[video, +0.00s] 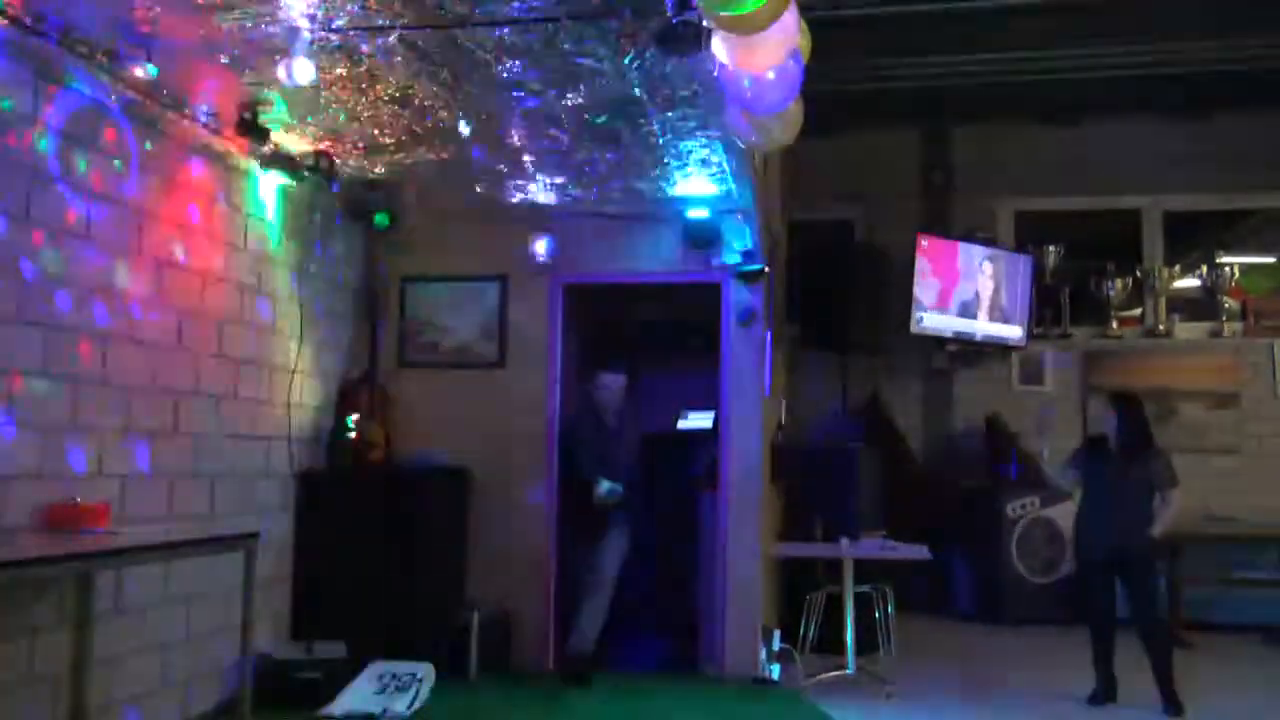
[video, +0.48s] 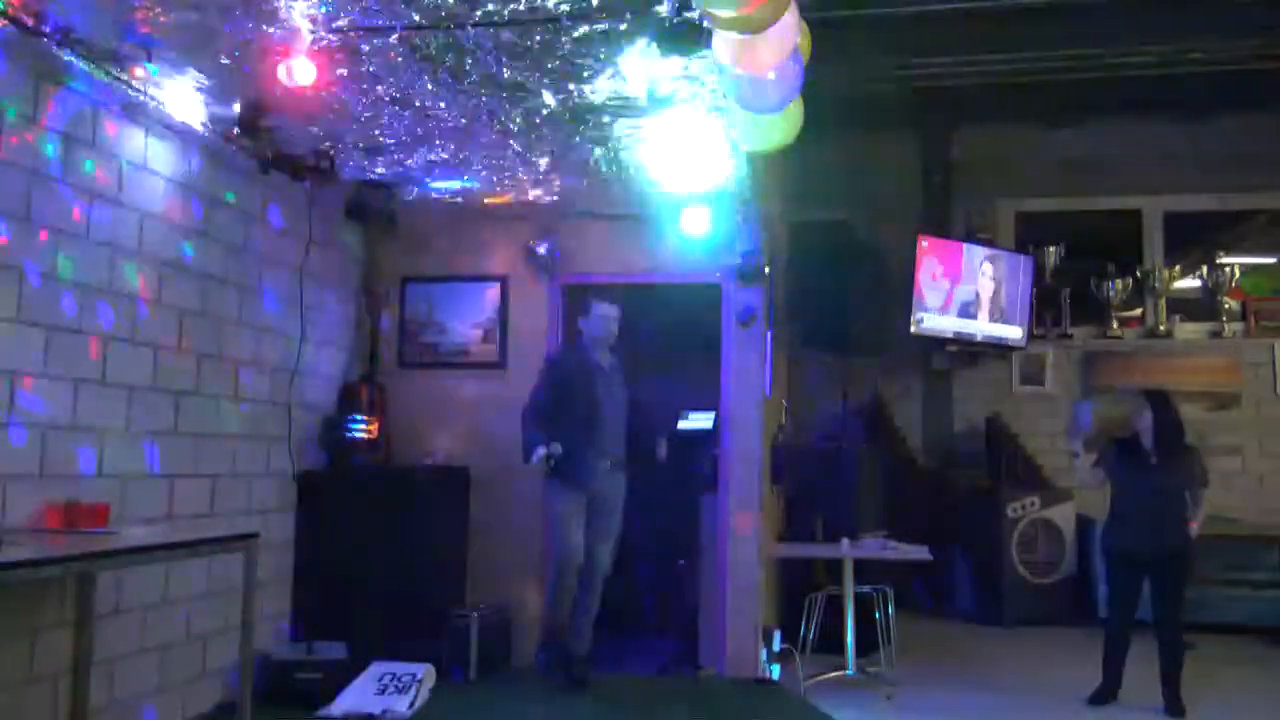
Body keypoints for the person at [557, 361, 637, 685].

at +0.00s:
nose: (611, 397)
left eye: (617, 390)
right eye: (605, 389)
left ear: (625, 392)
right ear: (592, 390)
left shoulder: (627, 426)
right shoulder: (579, 424)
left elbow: (633, 468)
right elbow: (573, 463)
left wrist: (622, 486)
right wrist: (592, 484)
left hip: (615, 511)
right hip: (581, 510)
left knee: (604, 576)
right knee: (581, 576)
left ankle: (581, 647)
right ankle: (576, 646)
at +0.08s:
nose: (609, 384)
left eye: (615, 377)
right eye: (603, 376)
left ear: (622, 381)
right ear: (591, 378)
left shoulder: (622, 417)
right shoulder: (576, 414)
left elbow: (624, 460)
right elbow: (569, 452)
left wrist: (615, 484)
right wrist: (582, 477)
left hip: (612, 507)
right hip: (577, 507)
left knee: (601, 575)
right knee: (575, 576)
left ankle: (580, 647)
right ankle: (572, 648)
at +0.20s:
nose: (607, 366)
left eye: (613, 359)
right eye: (600, 357)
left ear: (621, 362)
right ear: (585, 358)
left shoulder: (619, 401)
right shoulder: (572, 397)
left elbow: (623, 446)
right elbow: (560, 436)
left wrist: (625, 483)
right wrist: (566, 464)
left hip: (614, 495)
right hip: (577, 493)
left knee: (601, 574)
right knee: (570, 574)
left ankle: (579, 650)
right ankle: (572, 647)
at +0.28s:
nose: (608, 355)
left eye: (614, 347)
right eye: (600, 346)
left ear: (621, 352)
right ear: (584, 349)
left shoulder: (620, 394)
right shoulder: (567, 390)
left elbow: (625, 440)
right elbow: (552, 431)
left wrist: (628, 469)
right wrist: (555, 461)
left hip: (613, 487)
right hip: (574, 487)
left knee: (601, 572)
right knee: (572, 572)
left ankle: (580, 651)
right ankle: (569, 649)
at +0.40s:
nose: (610, 341)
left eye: (615, 334)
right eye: (602, 333)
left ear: (620, 340)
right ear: (583, 335)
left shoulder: (620, 384)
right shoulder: (564, 380)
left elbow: (627, 431)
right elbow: (540, 422)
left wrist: (641, 453)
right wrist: (544, 453)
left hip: (612, 483)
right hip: (570, 483)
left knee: (600, 570)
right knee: (569, 564)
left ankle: (578, 652)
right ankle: (565, 644)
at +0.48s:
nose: (611, 327)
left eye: (615, 320)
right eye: (604, 319)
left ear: (618, 327)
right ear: (583, 323)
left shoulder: (618, 370)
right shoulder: (563, 365)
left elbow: (629, 418)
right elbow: (535, 411)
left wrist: (653, 439)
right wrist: (538, 444)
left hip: (611, 474)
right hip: (570, 471)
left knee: (600, 563)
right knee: (571, 556)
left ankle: (580, 650)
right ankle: (556, 645)